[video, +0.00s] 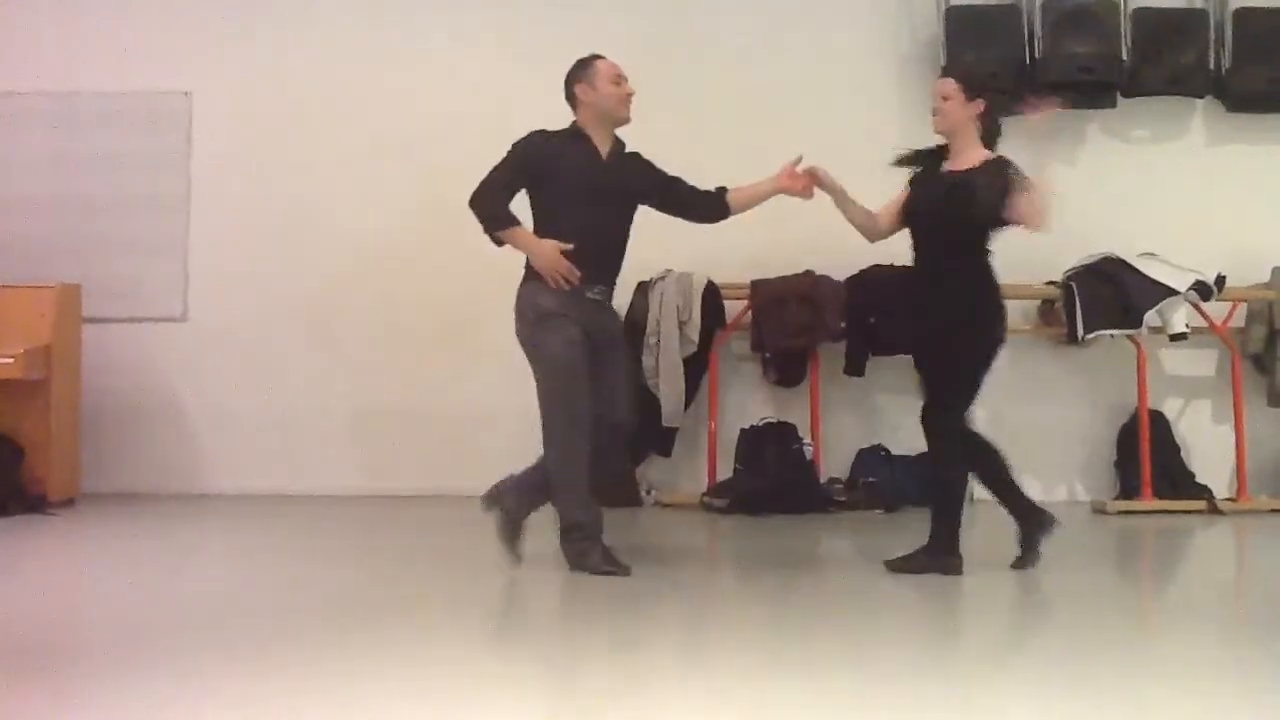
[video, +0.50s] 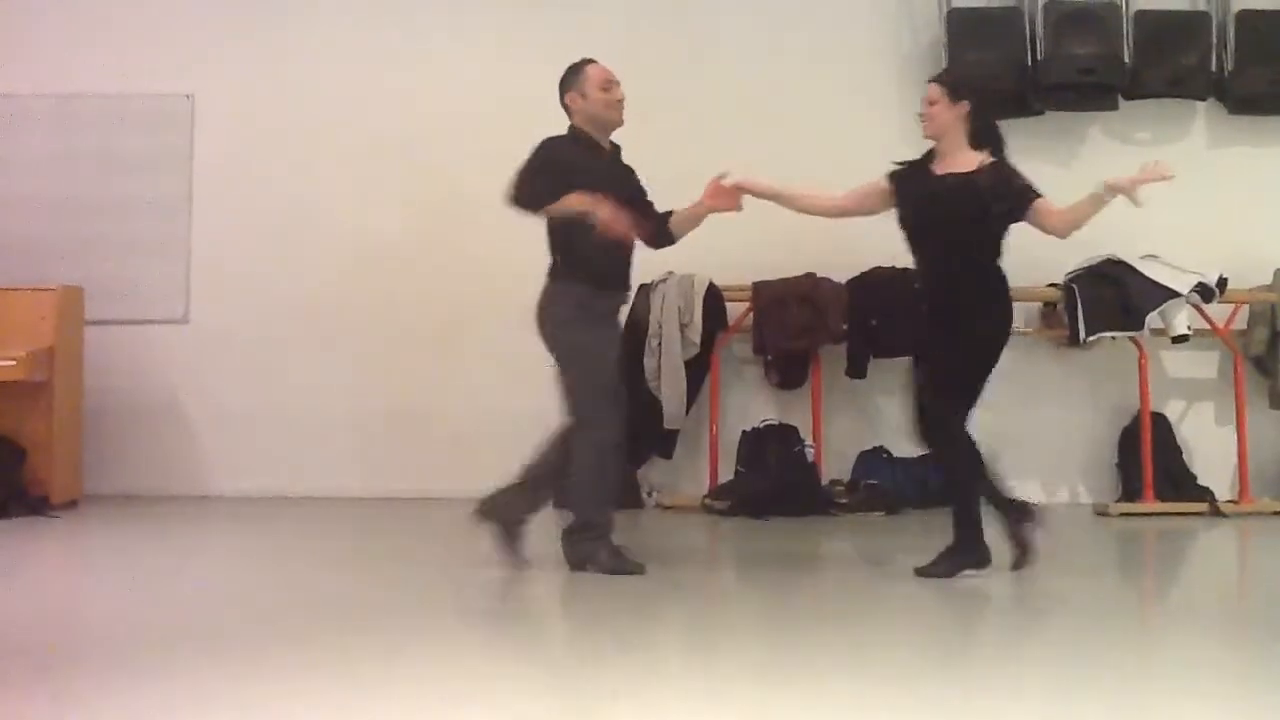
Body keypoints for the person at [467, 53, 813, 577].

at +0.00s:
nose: (630, 89)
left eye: (627, 81)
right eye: (616, 81)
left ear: (606, 96)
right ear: (581, 93)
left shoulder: (630, 168)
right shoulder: (543, 148)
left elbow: (704, 206)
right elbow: (486, 201)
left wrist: (775, 184)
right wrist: (532, 246)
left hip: (600, 310)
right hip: (549, 300)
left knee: (618, 424)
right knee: (570, 413)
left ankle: (515, 495)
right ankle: (582, 541)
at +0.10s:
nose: (622, 91)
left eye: (620, 83)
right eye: (609, 83)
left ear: (594, 97)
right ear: (575, 95)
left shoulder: (621, 169)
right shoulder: (538, 150)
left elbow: (694, 210)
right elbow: (480, 204)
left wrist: (765, 188)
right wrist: (527, 247)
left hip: (584, 311)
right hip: (540, 304)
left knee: (565, 421)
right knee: (564, 417)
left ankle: (486, 516)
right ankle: (581, 541)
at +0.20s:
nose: (618, 92)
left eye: (615, 83)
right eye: (604, 84)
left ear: (588, 97)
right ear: (569, 95)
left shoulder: (615, 169)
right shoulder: (534, 149)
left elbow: (683, 212)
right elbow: (477, 202)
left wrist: (753, 192)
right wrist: (526, 246)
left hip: (577, 309)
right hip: (537, 302)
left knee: (548, 418)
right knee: (565, 415)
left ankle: (475, 520)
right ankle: (581, 540)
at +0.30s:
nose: (616, 94)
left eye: (614, 86)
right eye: (603, 86)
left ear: (601, 99)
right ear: (568, 97)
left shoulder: (613, 170)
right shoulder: (534, 150)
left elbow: (675, 219)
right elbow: (479, 201)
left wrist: (743, 198)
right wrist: (531, 246)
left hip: (574, 309)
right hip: (541, 303)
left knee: (536, 419)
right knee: (574, 413)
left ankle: (472, 522)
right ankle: (581, 539)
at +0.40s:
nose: (617, 94)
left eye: (615, 86)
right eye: (604, 87)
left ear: (598, 100)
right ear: (570, 100)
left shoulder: (616, 171)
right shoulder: (545, 152)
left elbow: (665, 228)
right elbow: (496, 200)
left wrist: (724, 203)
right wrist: (556, 226)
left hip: (588, 311)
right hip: (558, 307)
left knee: (551, 424)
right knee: (588, 416)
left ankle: (479, 519)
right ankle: (586, 540)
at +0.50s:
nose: (620, 95)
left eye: (619, 86)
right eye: (607, 88)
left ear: (609, 101)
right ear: (575, 102)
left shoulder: (618, 170)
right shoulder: (559, 151)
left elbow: (656, 232)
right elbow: (524, 196)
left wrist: (703, 206)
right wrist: (590, 204)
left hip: (603, 310)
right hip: (571, 305)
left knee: (600, 420)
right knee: (600, 419)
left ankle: (510, 505)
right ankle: (587, 540)